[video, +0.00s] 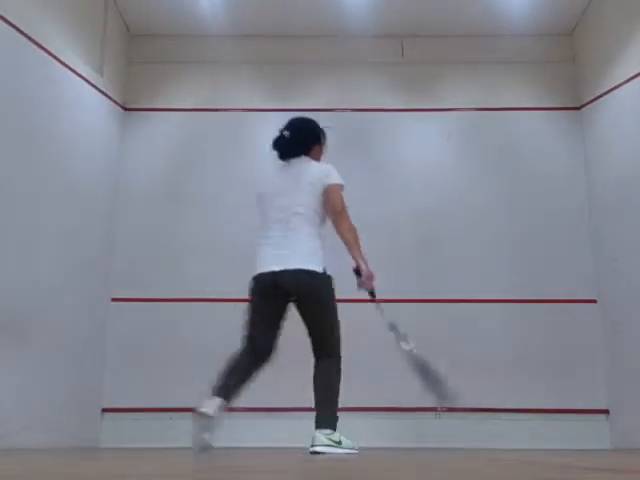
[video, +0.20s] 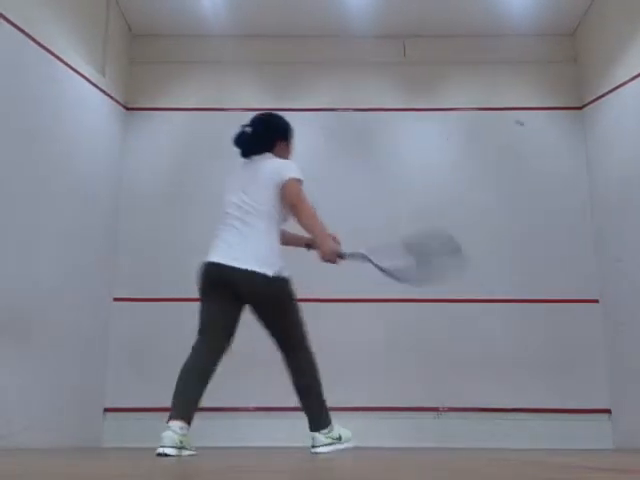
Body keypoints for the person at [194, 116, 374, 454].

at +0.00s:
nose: (324, 151)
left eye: (323, 145)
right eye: (322, 146)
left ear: (288, 146)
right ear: (314, 147)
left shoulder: (268, 177)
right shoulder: (323, 172)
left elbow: (270, 223)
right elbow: (339, 215)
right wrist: (360, 261)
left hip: (266, 274)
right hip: (308, 274)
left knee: (256, 348)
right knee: (327, 354)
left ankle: (215, 402)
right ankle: (325, 432)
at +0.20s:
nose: (291, 149)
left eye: (290, 143)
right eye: (289, 143)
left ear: (256, 143)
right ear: (280, 143)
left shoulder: (241, 172)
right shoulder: (283, 169)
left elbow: (266, 230)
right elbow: (298, 203)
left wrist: (312, 241)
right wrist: (323, 241)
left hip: (218, 268)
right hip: (261, 272)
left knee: (207, 347)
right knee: (296, 349)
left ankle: (176, 428)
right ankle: (322, 430)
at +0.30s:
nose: (280, 139)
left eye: (279, 132)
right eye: (278, 133)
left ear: (244, 134)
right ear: (267, 132)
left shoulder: (225, 165)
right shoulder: (268, 157)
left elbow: (238, 228)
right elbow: (274, 199)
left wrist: (286, 246)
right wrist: (296, 238)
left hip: (202, 262)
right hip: (244, 264)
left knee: (202, 343)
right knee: (280, 338)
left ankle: (175, 427)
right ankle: (297, 425)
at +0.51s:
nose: (270, 121)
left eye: (270, 114)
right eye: (268, 114)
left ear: (235, 115)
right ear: (253, 112)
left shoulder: (217, 146)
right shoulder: (250, 134)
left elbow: (204, 206)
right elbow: (236, 180)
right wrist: (236, 226)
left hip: (191, 252)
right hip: (226, 252)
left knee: (190, 337)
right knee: (255, 330)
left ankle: (169, 428)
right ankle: (214, 408)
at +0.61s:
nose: (274, 116)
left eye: (273, 109)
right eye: (271, 109)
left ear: (237, 112)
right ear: (256, 108)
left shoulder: (222, 144)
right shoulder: (253, 131)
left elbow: (191, 196)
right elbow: (237, 173)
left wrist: (152, 235)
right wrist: (226, 219)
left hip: (195, 247)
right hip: (226, 247)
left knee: (199, 336)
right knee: (228, 332)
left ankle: (174, 426)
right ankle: (193, 422)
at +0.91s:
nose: (279, 112)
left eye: (279, 105)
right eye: (277, 104)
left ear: (241, 106)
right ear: (261, 103)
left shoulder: (216, 138)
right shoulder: (260, 128)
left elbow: (190, 192)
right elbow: (259, 177)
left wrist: (154, 233)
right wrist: (277, 231)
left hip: (194, 243)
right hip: (223, 241)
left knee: (216, 332)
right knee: (236, 327)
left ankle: (199, 424)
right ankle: (194, 417)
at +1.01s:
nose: (276, 114)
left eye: (276, 107)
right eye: (273, 107)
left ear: (237, 108)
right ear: (258, 104)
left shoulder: (214, 144)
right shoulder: (259, 133)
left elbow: (193, 203)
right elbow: (267, 180)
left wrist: (188, 251)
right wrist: (295, 235)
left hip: (195, 246)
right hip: (230, 244)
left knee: (216, 336)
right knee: (262, 328)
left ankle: (198, 434)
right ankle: (217, 400)